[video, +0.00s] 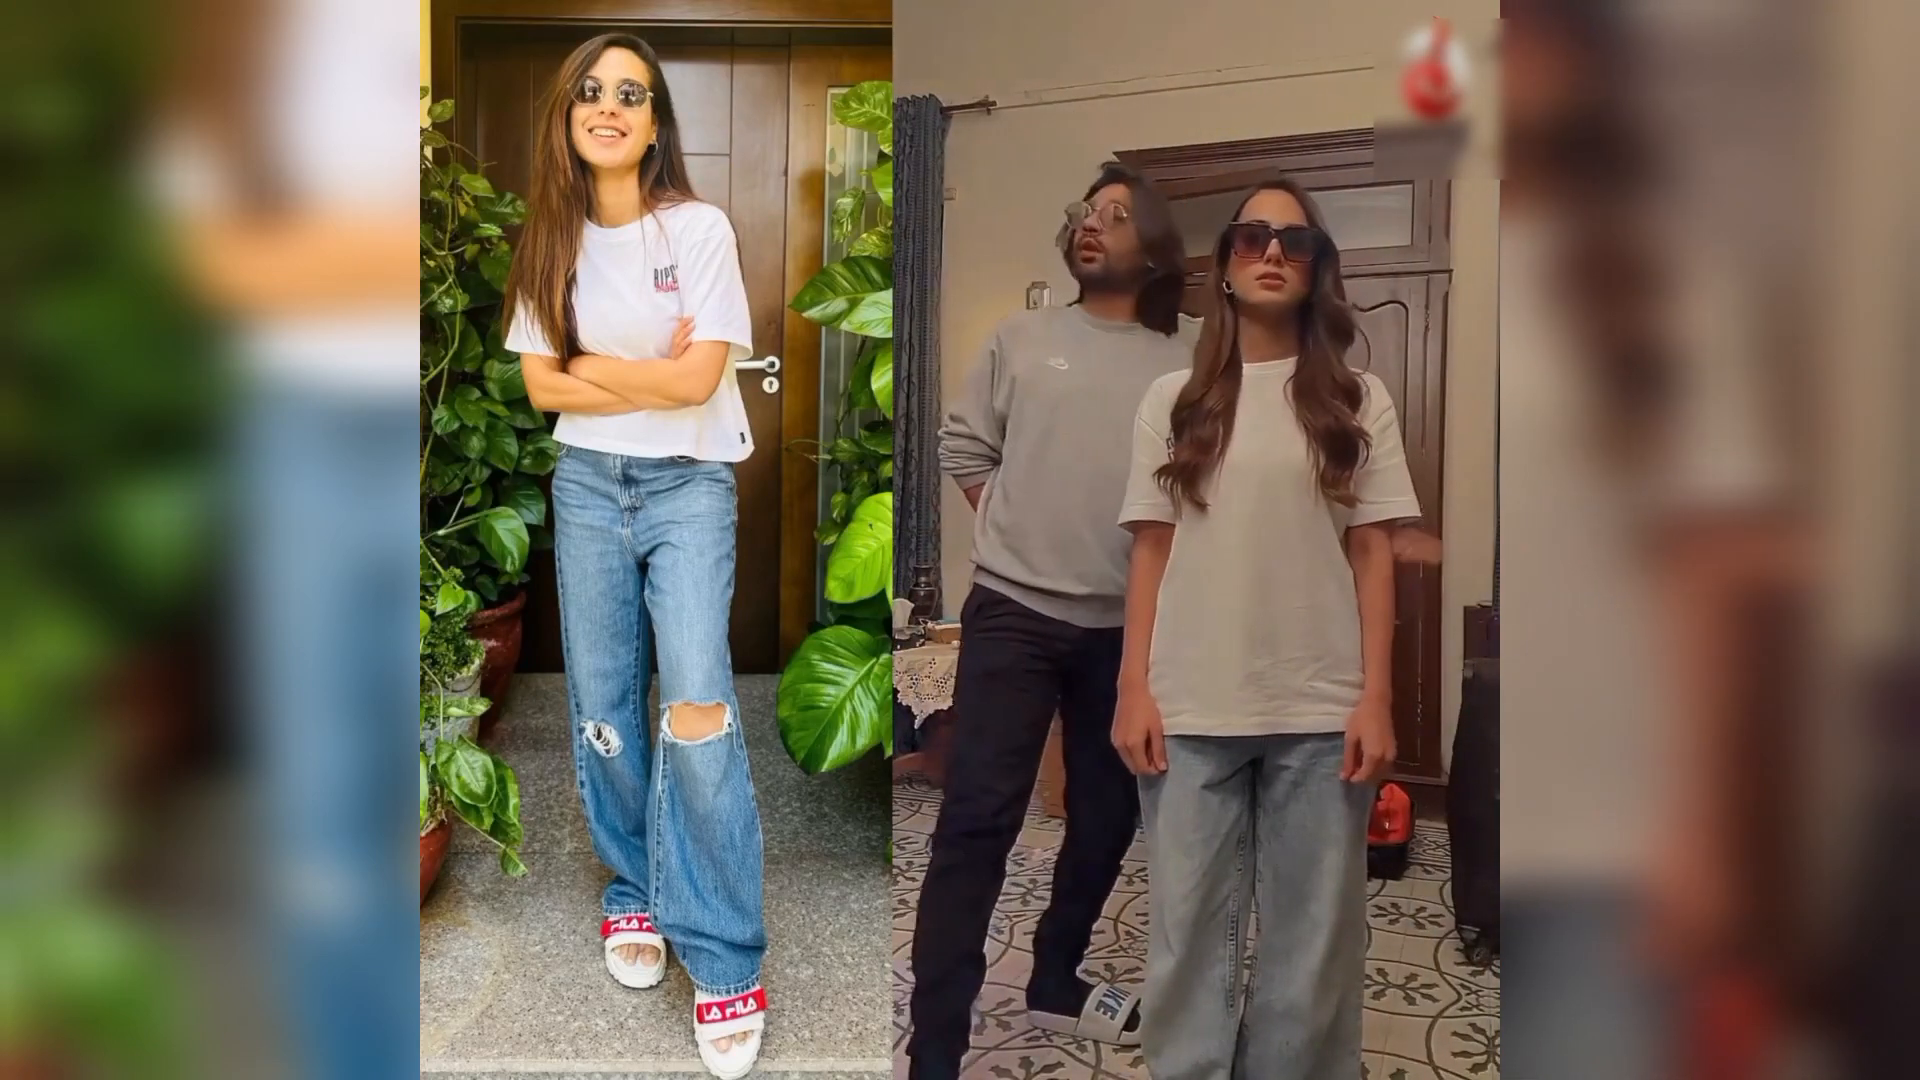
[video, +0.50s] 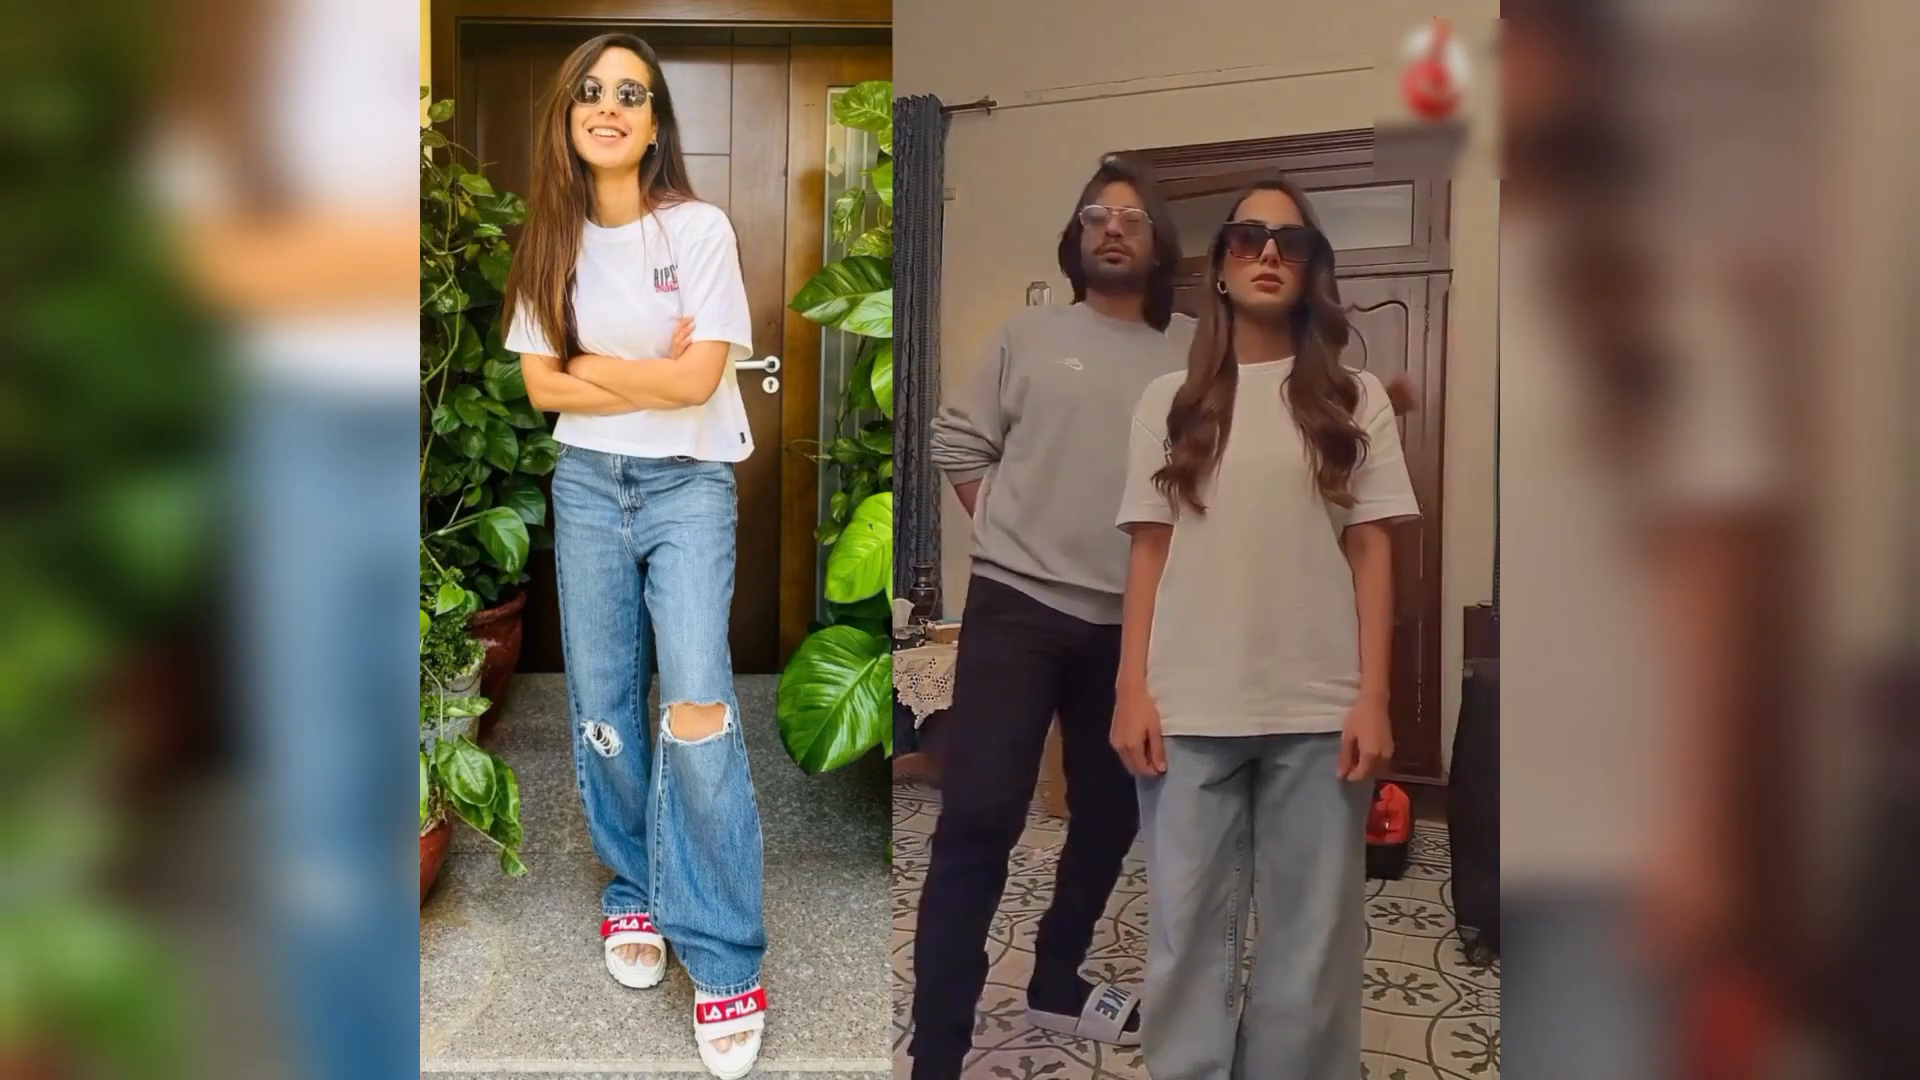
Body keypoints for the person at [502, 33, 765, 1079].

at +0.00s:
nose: (609, 111)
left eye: (629, 98)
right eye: (593, 95)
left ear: (656, 122)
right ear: (566, 117)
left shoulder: (699, 226)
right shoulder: (549, 240)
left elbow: (698, 378)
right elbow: (541, 385)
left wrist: (576, 362)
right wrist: (662, 379)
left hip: (689, 482)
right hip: (584, 484)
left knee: (694, 710)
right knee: (603, 708)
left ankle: (724, 958)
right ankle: (631, 892)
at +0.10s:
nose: (609, 111)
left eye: (629, 98)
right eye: (592, 95)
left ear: (656, 122)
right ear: (566, 117)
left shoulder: (699, 226)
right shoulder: (549, 240)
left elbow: (698, 378)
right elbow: (541, 385)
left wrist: (576, 362)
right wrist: (662, 378)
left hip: (689, 482)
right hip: (584, 484)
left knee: (694, 709)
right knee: (602, 708)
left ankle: (724, 958)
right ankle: (631, 891)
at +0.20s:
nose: (610, 111)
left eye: (629, 97)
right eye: (593, 95)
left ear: (656, 121)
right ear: (566, 117)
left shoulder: (699, 225)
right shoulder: (549, 240)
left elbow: (698, 378)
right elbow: (541, 385)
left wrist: (577, 362)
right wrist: (662, 379)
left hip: (689, 482)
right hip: (584, 484)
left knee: (694, 709)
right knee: (603, 708)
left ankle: (724, 957)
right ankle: (631, 891)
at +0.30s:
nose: (609, 111)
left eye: (629, 98)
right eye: (593, 95)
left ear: (656, 121)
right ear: (566, 117)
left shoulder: (699, 226)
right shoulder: (549, 240)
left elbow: (698, 378)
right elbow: (541, 385)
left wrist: (576, 362)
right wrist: (662, 379)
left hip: (689, 482)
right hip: (584, 484)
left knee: (694, 710)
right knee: (603, 708)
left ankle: (724, 958)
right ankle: (631, 891)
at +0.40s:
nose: (609, 111)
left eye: (629, 98)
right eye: (593, 95)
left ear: (656, 121)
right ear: (566, 117)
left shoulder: (699, 226)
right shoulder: (549, 240)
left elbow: (698, 378)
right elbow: (541, 385)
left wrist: (576, 362)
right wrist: (662, 379)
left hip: (689, 482)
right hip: (584, 484)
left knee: (694, 710)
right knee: (603, 708)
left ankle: (724, 958)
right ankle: (631, 892)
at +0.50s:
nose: (610, 111)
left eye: (629, 98)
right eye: (593, 95)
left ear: (656, 121)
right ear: (566, 117)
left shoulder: (699, 225)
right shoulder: (549, 240)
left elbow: (698, 378)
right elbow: (541, 385)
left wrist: (577, 362)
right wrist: (661, 379)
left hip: (689, 482)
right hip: (584, 484)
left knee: (694, 709)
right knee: (603, 708)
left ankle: (724, 957)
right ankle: (631, 891)